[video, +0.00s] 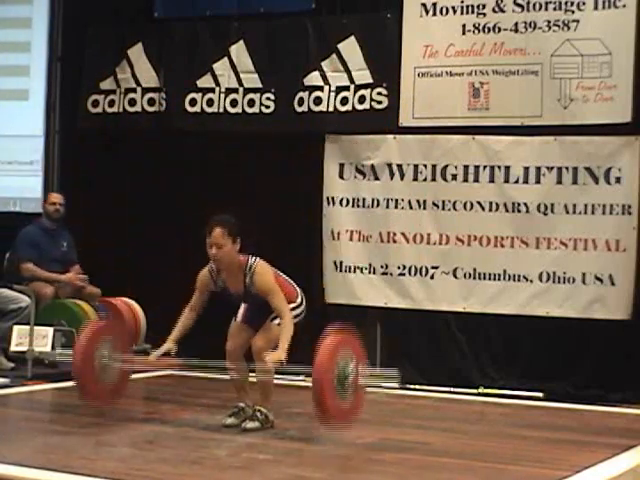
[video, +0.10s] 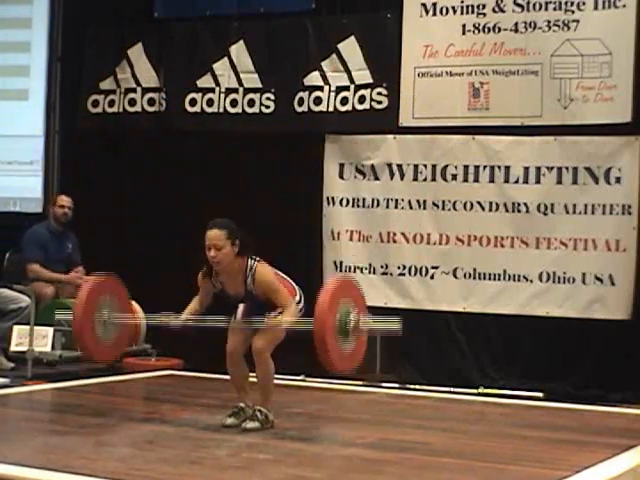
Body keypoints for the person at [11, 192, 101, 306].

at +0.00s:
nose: (57, 208)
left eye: (61, 205)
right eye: (53, 204)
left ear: (65, 208)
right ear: (44, 206)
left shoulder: (65, 234)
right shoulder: (29, 233)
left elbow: (74, 266)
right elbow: (26, 270)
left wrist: (76, 277)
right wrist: (64, 278)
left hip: (62, 281)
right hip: (34, 280)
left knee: (94, 293)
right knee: (47, 292)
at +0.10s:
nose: (66, 211)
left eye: (69, 208)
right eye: (61, 207)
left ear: (72, 212)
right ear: (52, 209)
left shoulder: (70, 237)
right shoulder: (36, 233)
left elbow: (77, 266)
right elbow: (32, 271)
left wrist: (77, 273)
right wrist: (66, 278)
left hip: (61, 279)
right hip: (37, 279)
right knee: (48, 291)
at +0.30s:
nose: (82, 220)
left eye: (85, 217)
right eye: (77, 216)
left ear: (88, 220)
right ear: (67, 216)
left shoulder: (84, 243)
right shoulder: (48, 239)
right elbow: (41, 275)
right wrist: (71, 288)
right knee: (49, 293)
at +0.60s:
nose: (97, 233)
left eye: (100, 229)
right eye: (92, 227)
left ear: (103, 231)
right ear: (83, 226)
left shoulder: (99, 248)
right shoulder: (65, 245)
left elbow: (97, 277)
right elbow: (47, 279)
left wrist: (91, 292)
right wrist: (80, 293)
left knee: (102, 297)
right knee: (52, 297)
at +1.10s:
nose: (103, 230)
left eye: (107, 226)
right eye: (99, 224)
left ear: (111, 228)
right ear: (91, 221)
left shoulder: (108, 245)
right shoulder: (69, 238)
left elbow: (100, 275)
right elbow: (54, 274)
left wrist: (93, 297)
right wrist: (81, 295)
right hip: (42, 265)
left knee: (101, 298)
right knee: (56, 296)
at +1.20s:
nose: (104, 221)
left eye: (108, 218)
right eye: (100, 216)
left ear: (112, 220)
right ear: (92, 213)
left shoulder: (108, 237)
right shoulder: (70, 232)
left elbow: (99, 270)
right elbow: (56, 271)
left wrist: (91, 297)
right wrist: (80, 296)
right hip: (43, 259)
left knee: (99, 297)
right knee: (57, 294)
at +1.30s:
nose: (103, 209)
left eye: (108, 206)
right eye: (99, 204)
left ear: (111, 208)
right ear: (91, 202)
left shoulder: (108, 227)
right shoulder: (70, 223)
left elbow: (99, 263)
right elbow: (59, 265)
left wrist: (89, 294)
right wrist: (76, 293)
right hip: (46, 253)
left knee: (96, 296)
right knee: (58, 293)